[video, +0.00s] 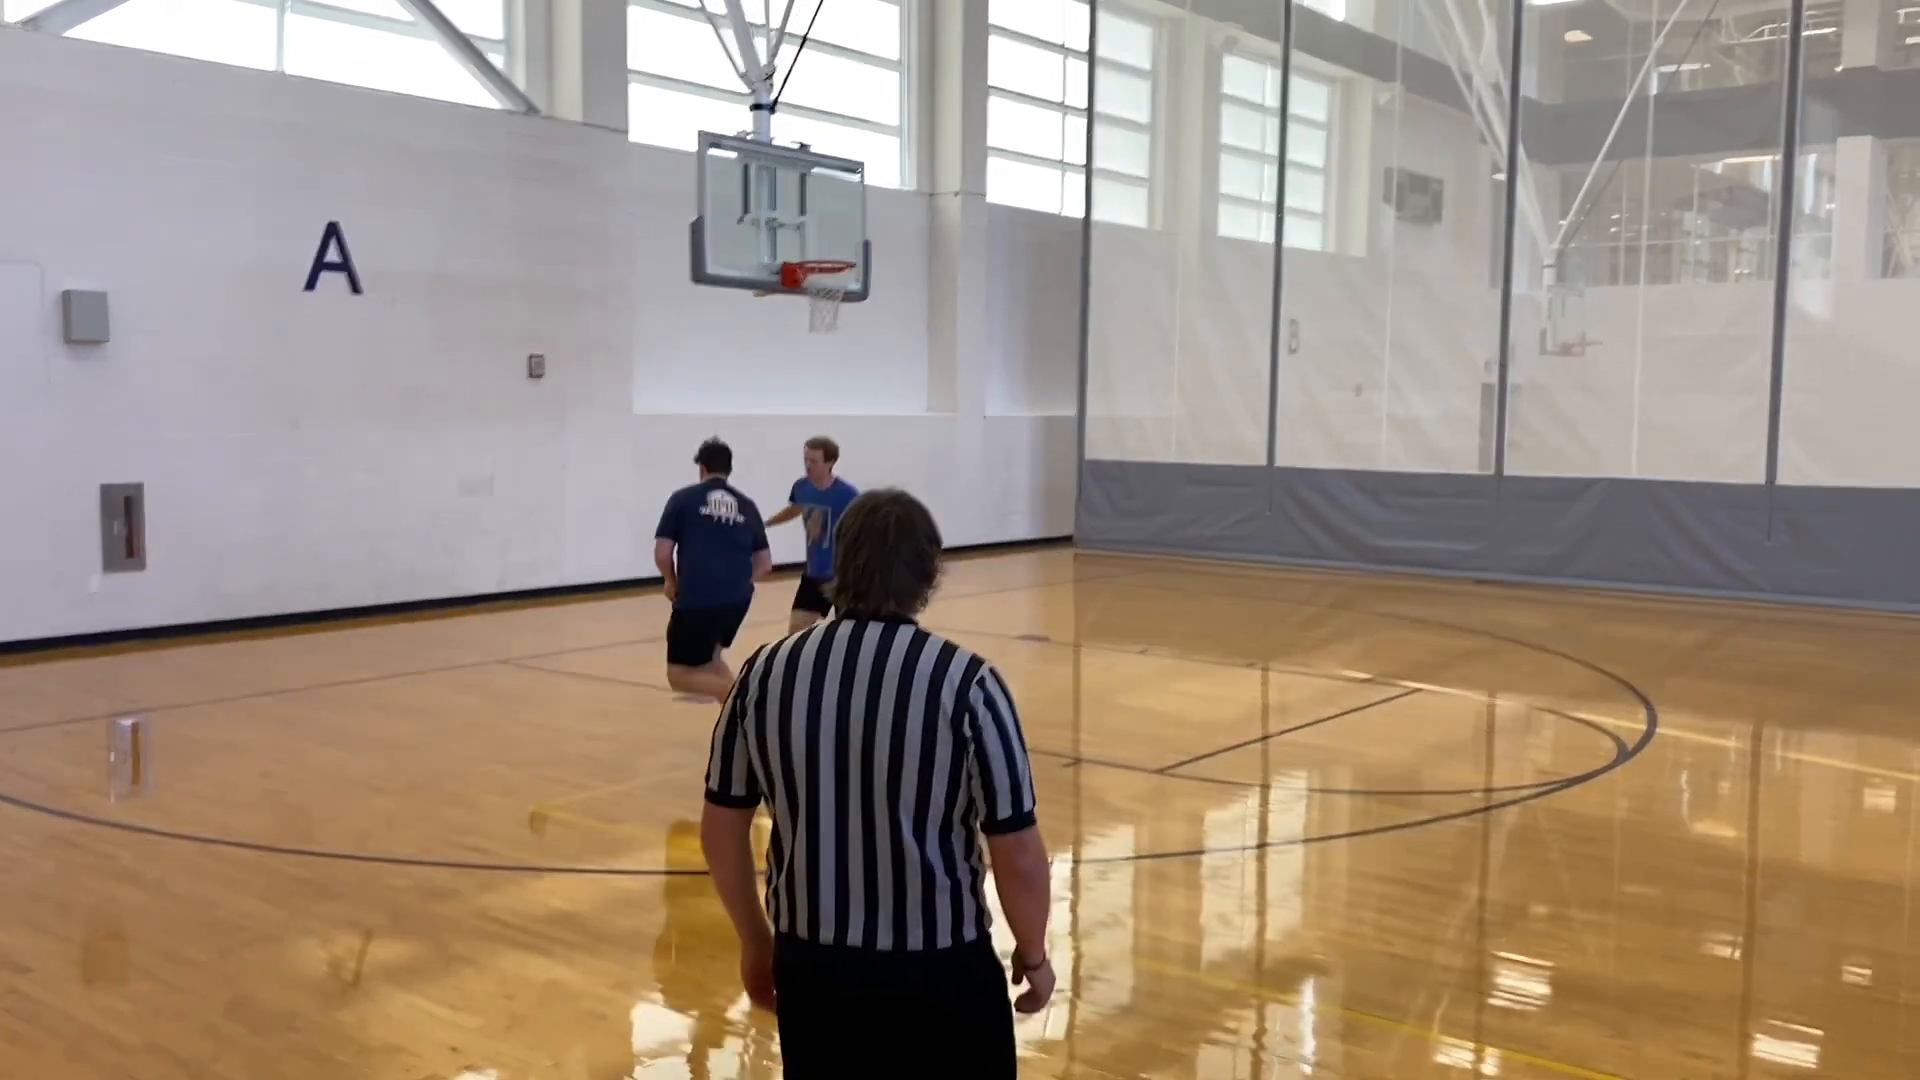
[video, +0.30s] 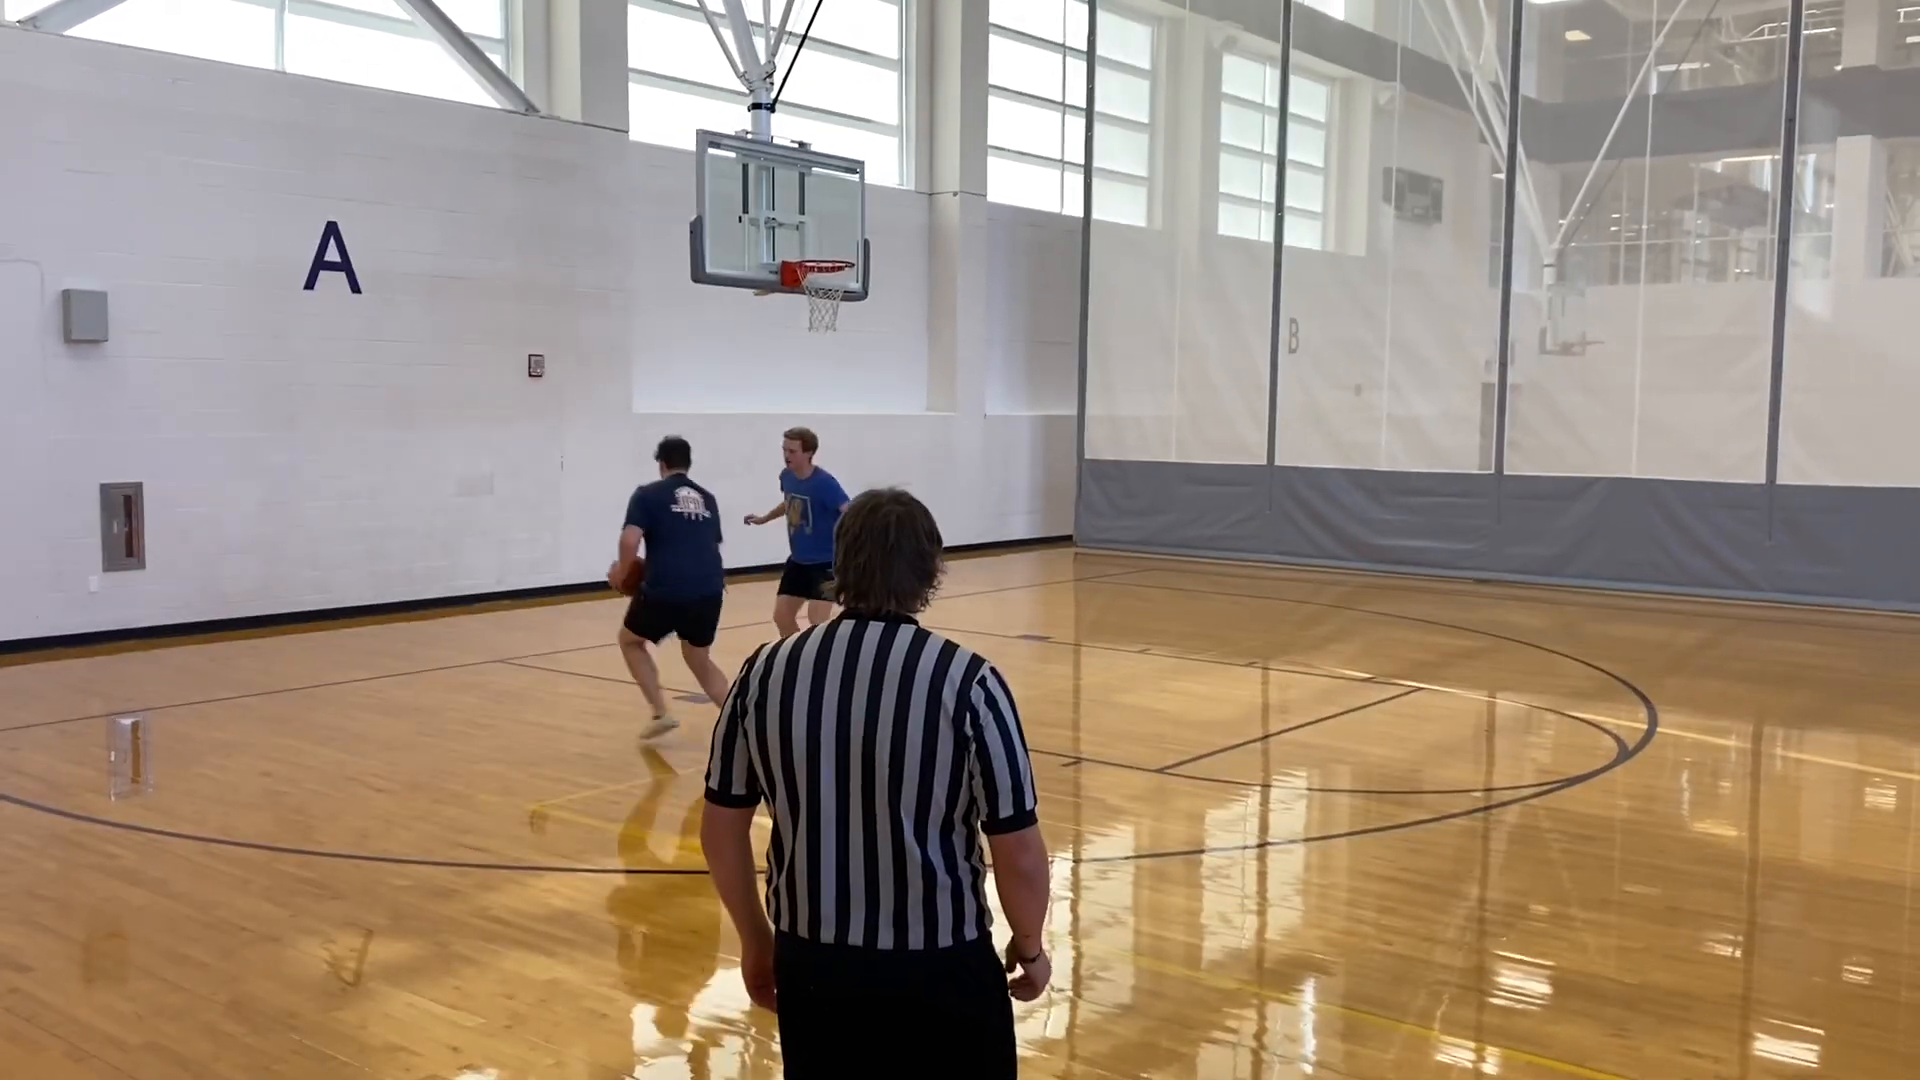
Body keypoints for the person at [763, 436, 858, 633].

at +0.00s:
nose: (807, 466)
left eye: (813, 461)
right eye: (806, 460)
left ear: (829, 464)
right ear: (803, 460)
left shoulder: (848, 495)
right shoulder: (801, 488)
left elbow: (861, 534)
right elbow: (795, 509)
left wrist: (851, 571)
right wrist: (764, 525)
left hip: (843, 577)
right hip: (813, 576)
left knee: (851, 633)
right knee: (796, 636)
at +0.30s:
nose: (786, 456)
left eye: (792, 451)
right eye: (785, 450)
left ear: (809, 453)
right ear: (783, 450)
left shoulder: (825, 483)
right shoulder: (786, 477)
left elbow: (853, 517)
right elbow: (790, 504)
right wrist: (764, 518)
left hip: (826, 564)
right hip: (798, 562)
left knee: (818, 620)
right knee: (783, 618)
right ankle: (799, 665)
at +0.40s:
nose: (780, 455)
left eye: (786, 450)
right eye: (779, 450)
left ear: (802, 453)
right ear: (777, 450)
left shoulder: (819, 483)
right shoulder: (782, 476)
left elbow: (848, 517)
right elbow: (788, 506)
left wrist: (847, 560)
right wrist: (764, 522)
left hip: (821, 563)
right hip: (793, 560)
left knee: (810, 618)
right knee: (774, 613)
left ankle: (821, 667)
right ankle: (794, 664)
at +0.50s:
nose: (774, 455)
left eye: (780, 450)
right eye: (773, 449)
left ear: (797, 452)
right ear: (772, 449)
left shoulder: (813, 482)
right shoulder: (778, 477)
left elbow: (843, 517)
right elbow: (785, 510)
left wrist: (840, 548)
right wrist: (763, 526)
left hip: (816, 563)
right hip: (788, 560)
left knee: (805, 619)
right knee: (767, 610)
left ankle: (819, 668)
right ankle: (787, 664)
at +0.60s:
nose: (769, 455)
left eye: (775, 451)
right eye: (768, 450)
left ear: (791, 453)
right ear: (767, 450)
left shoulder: (806, 483)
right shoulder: (774, 480)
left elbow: (835, 516)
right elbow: (781, 515)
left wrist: (827, 543)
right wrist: (761, 532)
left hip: (812, 564)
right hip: (784, 561)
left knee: (800, 623)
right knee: (760, 610)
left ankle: (810, 671)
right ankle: (773, 662)